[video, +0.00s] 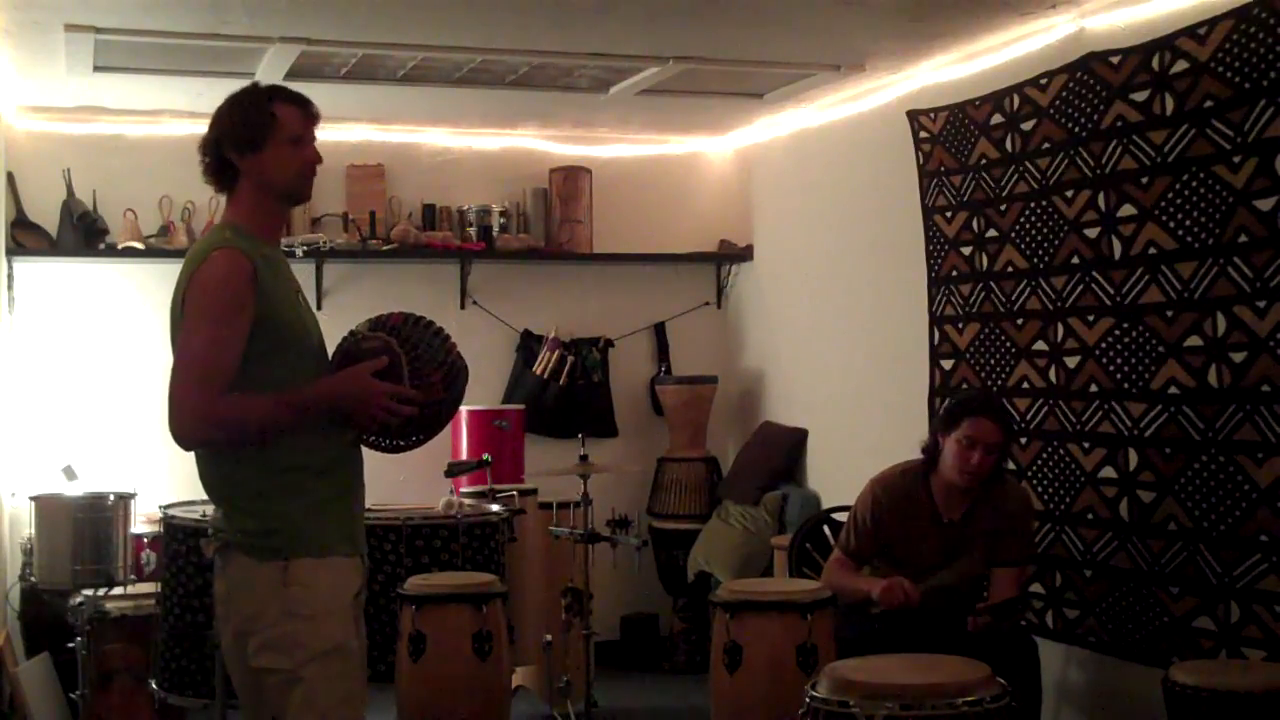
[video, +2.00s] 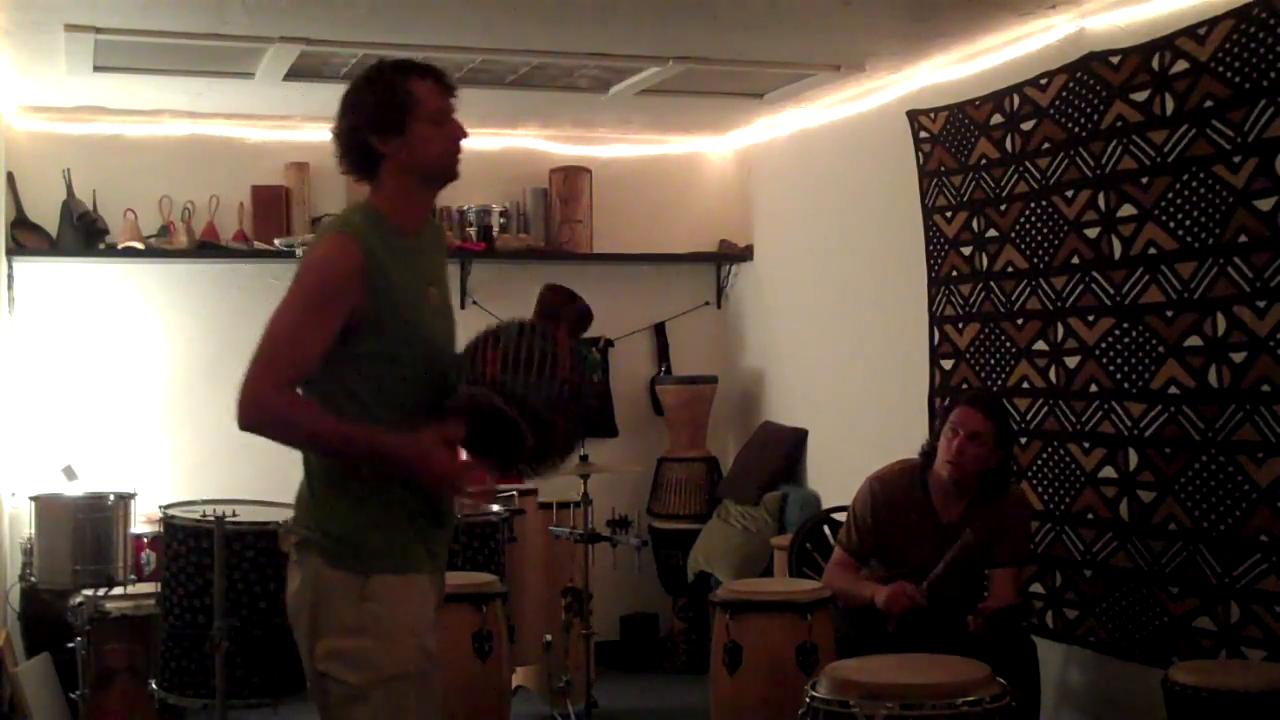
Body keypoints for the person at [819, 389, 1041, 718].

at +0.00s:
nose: (976, 460)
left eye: (990, 451)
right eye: (967, 444)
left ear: (1001, 455)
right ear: (941, 437)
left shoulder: (1010, 503)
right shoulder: (887, 492)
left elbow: (1005, 593)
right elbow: (832, 573)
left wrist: (989, 616)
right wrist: (872, 585)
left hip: (964, 624)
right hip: (891, 619)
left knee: (1018, 651)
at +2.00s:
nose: (957, 446)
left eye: (973, 440)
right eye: (952, 432)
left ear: (994, 456)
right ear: (939, 434)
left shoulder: (1007, 506)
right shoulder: (885, 489)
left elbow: (1005, 595)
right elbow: (834, 575)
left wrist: (988, 612)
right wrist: (877, 592)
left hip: (959, 626)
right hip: (885, 623)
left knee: (1016, 648)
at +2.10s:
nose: (960, 448)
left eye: (977, 442)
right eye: (955, 434)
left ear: (997, 456)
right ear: (940, 435)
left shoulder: (1008, 505)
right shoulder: (887, 488)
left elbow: (1005, 593)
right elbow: (835, 575)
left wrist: (987, 612)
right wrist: (876, 586)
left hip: (961, 621)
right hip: (888, 616)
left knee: (1016, 649)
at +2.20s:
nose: (966, 454)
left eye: (982, 445)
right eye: (960, 438)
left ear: (1000, 457)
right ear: (942, 438)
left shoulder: (1009, 502)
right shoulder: (889, 487)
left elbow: (1004, 593)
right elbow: (833, 574)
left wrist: (986, 614)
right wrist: (881, 577)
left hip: (961, 621)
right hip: (887, 616)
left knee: (1014, 648)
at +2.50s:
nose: (979, 452)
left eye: (997, 445)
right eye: (974, 436)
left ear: (1016, 459)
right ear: (957, 436)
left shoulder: (1028, 509)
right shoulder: (907, 483)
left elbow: (1018, 602)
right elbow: (814, 531)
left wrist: (981, 626)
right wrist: (875, 570)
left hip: (969, 618)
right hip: (896, 607)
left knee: (1019, 649)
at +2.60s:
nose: (976, 430)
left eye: (994, 424)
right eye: (971, 416)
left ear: (1014, 440)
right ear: (954, 420)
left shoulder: (1024, 502)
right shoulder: (900, 469)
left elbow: (1021, 597)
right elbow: (809, 518)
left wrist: (1000, 608)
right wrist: (867, 550)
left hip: (964, 615)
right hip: (885, 606)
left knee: (1021, 659)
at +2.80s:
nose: (955, 402)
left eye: (971, 394)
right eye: (947, 390)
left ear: (993, 415)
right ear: (929, 400)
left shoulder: (1012, 491)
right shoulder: (883, 460)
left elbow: (1022, 594)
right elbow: (786, 503)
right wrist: (845, 544)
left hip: (958, 621)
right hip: (877, 615)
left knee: (1011, 678)